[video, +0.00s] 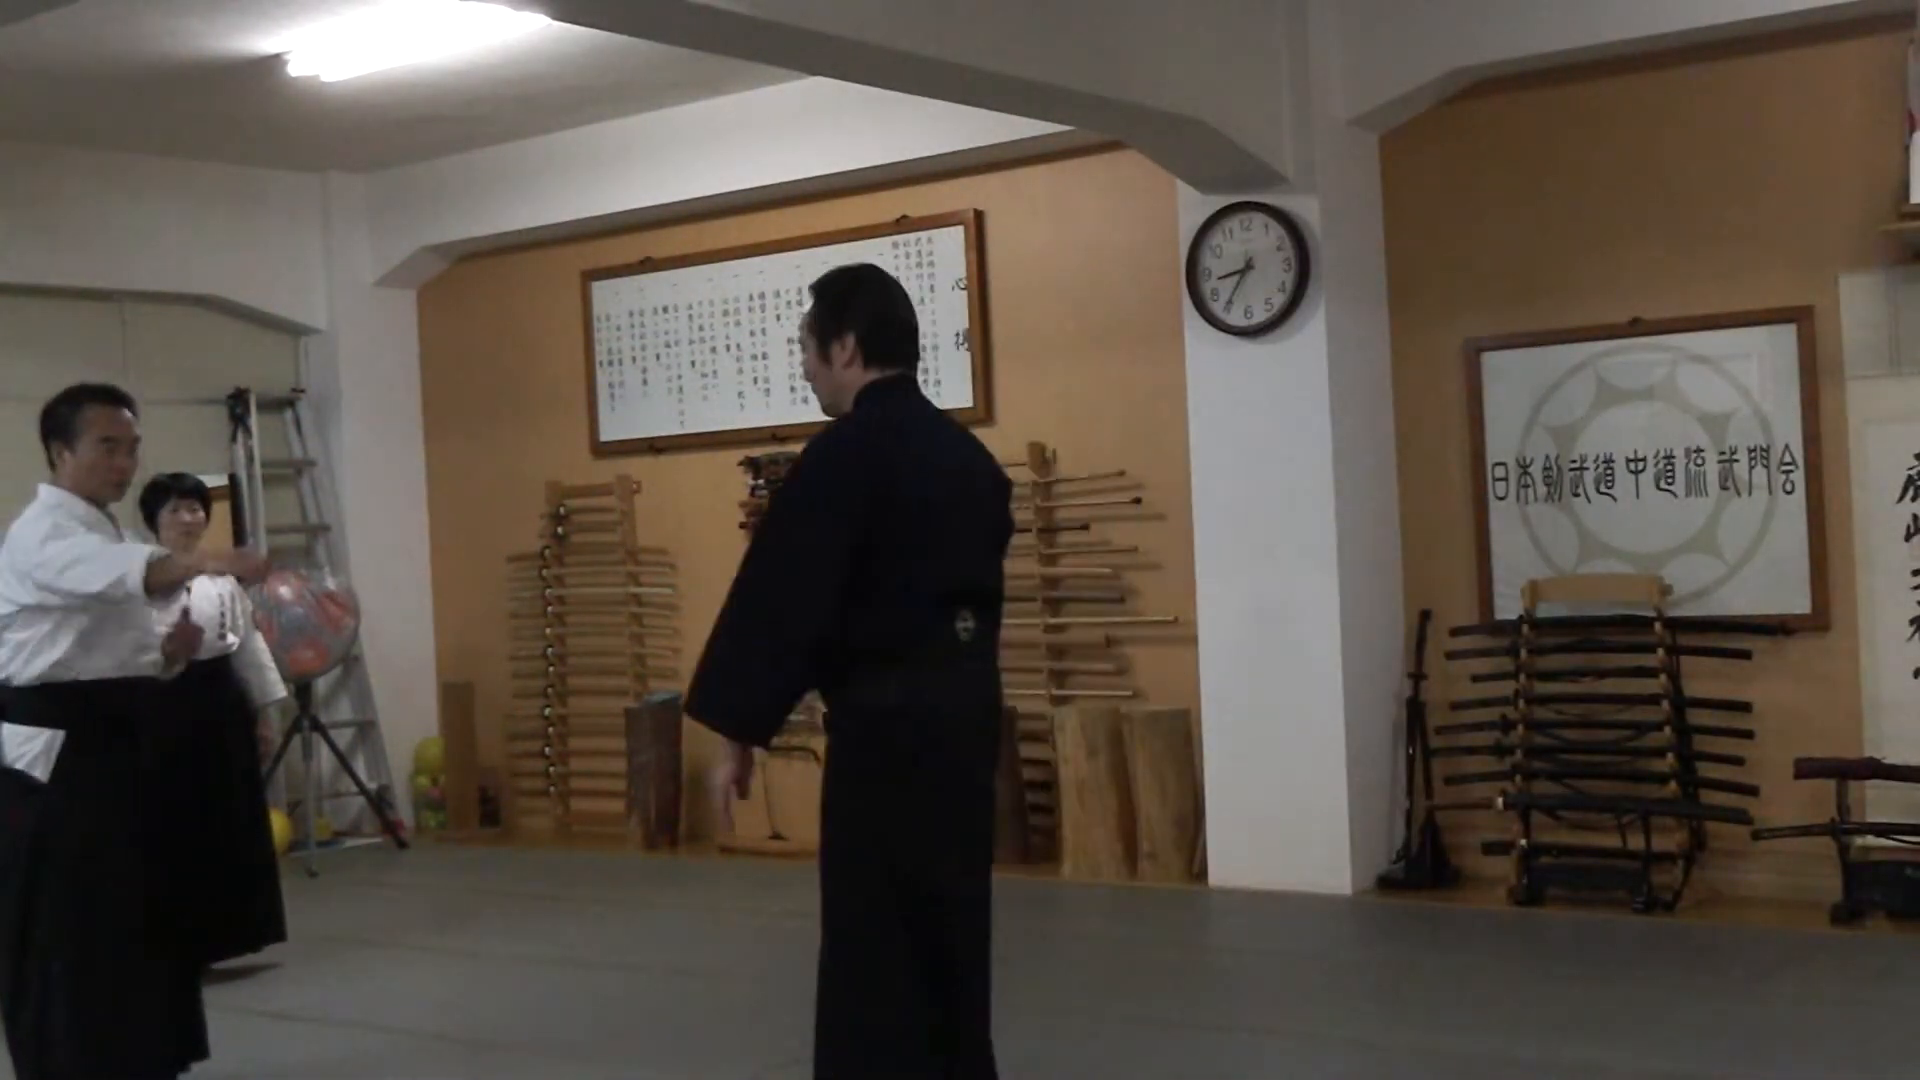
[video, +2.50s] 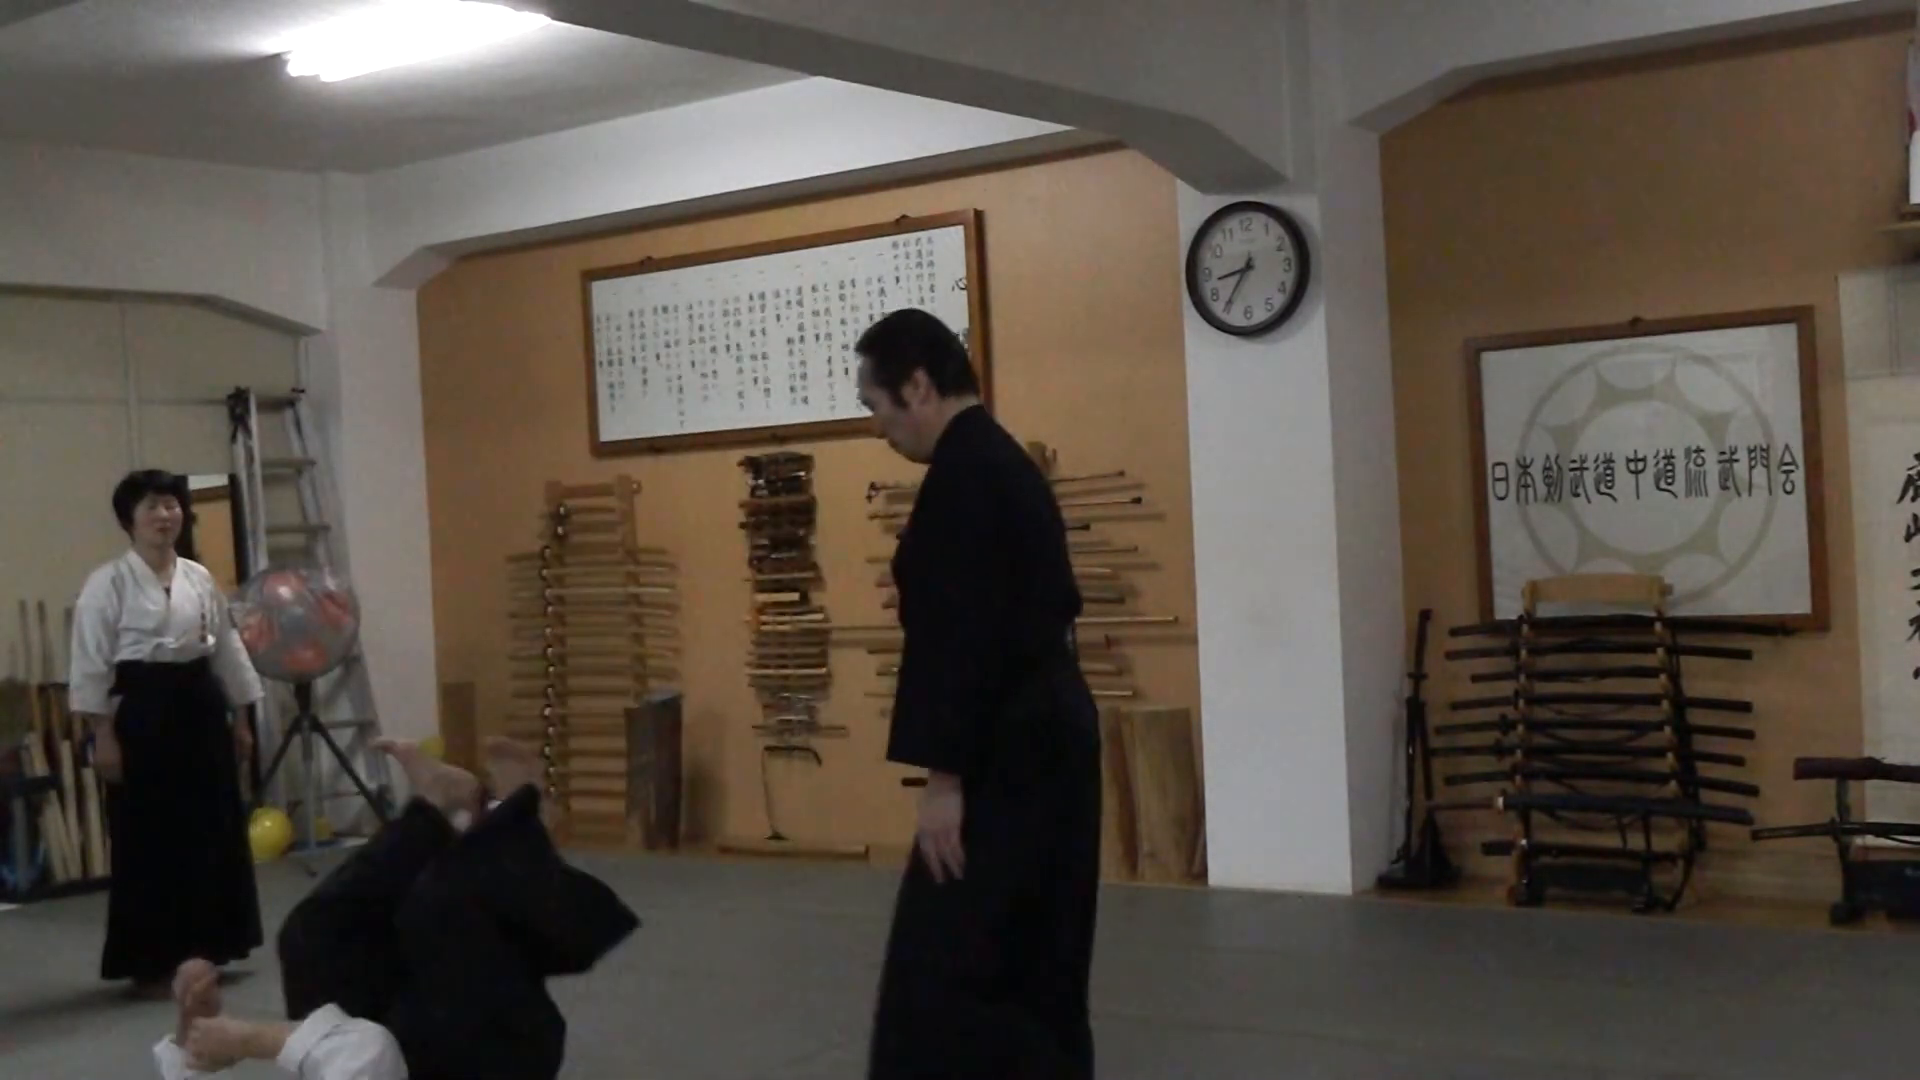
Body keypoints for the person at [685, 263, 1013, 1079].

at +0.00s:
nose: (806, 368)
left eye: (811, 348)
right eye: (806, 350)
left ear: (847, 347)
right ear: (897, 346)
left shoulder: (843, 454)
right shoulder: (968, 453)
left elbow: (781, 593)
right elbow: (970, 602)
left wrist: (741, 729)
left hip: (880, 725)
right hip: (966, 716)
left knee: (870, 935)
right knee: (950, 925)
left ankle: (871, 1067)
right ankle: (954, 1066)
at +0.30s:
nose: (756, 377)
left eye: (760, 358)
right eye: (755, 359)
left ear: (798, 358)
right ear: (846, 356)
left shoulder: (795, 464)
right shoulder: (901, 456)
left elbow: (742, 603)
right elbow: (898, 594)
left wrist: (686, 733)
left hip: (830, 725)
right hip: (905, 711)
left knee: (823, 932)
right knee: (899, 917)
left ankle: (831, 1066)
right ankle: (921, 1065)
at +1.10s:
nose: (655, 381)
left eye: (660, 363)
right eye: (655, 364)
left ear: (695, 362)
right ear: (745, 362)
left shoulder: (690, 466)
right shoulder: (799, 466)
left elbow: (649, 613)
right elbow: (769, 625)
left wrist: (622, 756)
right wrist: (665, 749)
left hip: (716, 745)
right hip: (799, 735)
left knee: (713, 949)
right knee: (803, 939)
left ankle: (716, 1070)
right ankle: (811, 1067)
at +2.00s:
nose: (668, 425)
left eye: (665, 405)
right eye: (663, 408)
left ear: (689, 391)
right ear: (750, 384)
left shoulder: (703, 487)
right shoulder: (821, 484)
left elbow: (665, 633)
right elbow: (822, 634)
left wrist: (651, 771)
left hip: (744, 740)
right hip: (836, 727)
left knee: (699, 938)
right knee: (824, 933)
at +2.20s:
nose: (756, 409)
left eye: (756, 387)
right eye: (751, 390)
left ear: (792, 373)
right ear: (826, 370)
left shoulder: (814, 475)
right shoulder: (899, 464)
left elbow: (790, 629)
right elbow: (903, 625)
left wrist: (780, 770)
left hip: (843, 756)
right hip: (915, 739)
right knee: (931, 952)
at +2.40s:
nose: (838, 429)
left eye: (837, 410)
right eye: (832, 413)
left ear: (876, 389)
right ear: (895, 388)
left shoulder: (922, 477)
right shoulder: (965, 464)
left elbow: (923, 639)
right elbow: (990, 625)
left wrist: (901, 779)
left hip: (965, 752)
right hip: (1014, 741)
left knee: (863, 960)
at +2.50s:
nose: (878, 427)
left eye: (877, 407)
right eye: (872, 411)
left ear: (919, 388)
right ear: (938, 384)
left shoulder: (963, 472)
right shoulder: (1003, 462)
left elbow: (956, 634)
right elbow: (1043, 605)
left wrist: (942, 780)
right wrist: (929, 590)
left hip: (1005, 754)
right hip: (1048, 742)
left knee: (937, 976)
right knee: (1035, 967)